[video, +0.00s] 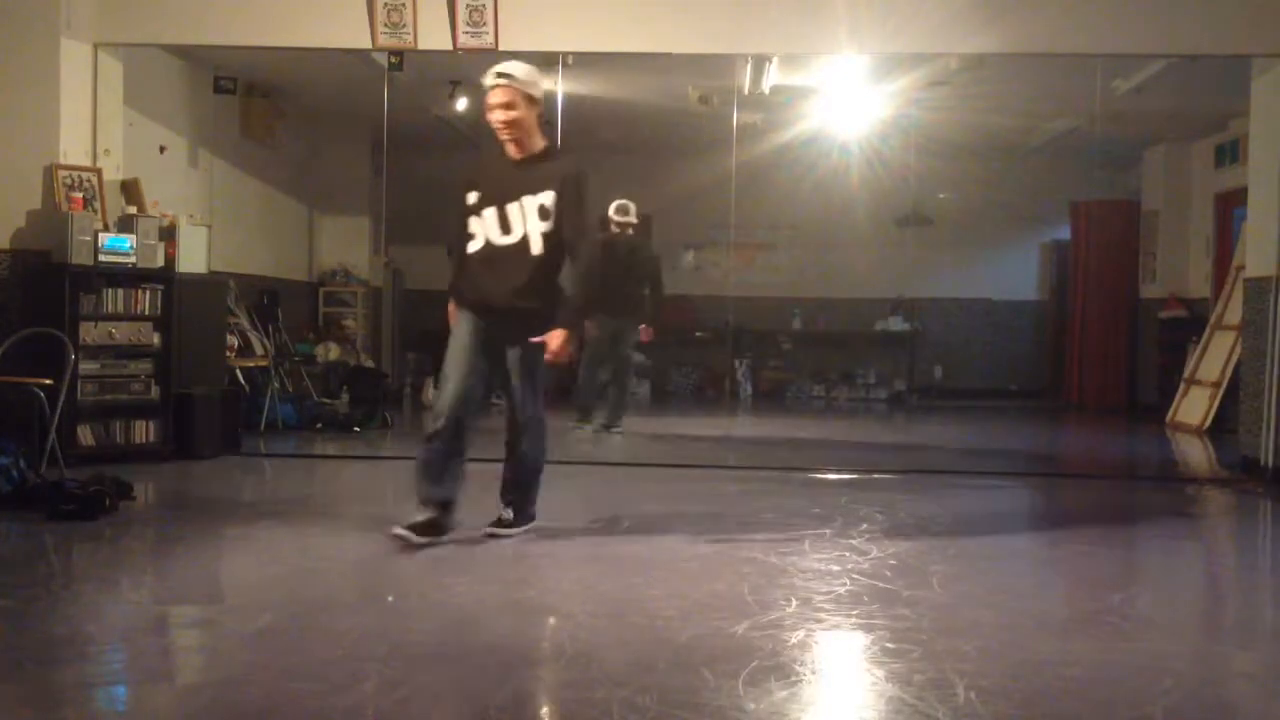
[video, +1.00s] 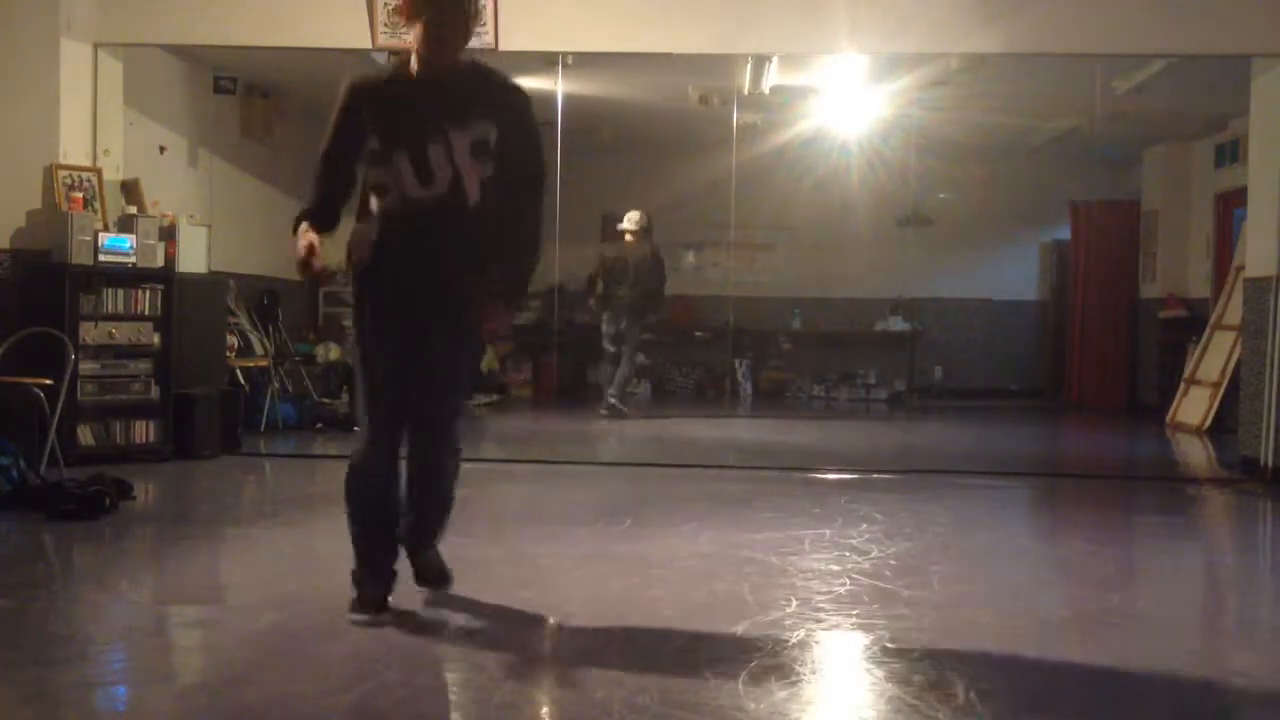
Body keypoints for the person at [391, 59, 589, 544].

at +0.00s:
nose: (501, 117)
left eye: (511, 105)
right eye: (493, 108)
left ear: (536, 107)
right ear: (486, 115)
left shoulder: (563, 172)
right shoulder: (480, 171)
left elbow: (579, 253)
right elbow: (465, 242)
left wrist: (567, 322)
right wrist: (456, 295)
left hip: (531, 313)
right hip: (475, 307)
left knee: (525, 413)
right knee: (449, 404)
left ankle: (517, 508)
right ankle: (435, 509)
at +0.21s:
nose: (451, 129)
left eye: (460, 117)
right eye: (444, 119)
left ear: (488, 111)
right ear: (439, 117)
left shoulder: (524, 173)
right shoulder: (437, 170)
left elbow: (535, 259)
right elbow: (424, 249)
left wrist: (530, 337)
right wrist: (405, 311)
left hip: (494, 319)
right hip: (437, 315)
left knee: (490, 425)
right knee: (417, 428)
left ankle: (506, 491)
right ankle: (430, 531)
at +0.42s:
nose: (448, 87)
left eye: (459, 76)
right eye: (440, 76)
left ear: (480, 77)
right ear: (427, 78)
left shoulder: (510, 146)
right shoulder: (404, 138)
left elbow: (518, 232)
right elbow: (379, 213)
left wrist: (488, 297)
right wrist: (361, 275)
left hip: (468, 297)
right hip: (404, 294)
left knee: (440, 411)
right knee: (407, 416)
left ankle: (454, 520)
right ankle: (424, 527)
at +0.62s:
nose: (474, 75)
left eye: (485, 66)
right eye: (466, 61)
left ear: (494, 72)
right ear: (435, 55)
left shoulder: (502, 142)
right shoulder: (384, 121)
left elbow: (524, 227)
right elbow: (347, 196)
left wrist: (492, 286)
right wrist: (333, 264)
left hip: (457, 303)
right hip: (390, 298)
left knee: (431, 420)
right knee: (389, 426)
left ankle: (408, 555)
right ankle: (401, 524)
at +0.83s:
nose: (465, 42)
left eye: (476, 30)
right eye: (454, 26)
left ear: (488, 37)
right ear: (424, 28)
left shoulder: (502, 113)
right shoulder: (377, 96)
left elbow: (521, 203)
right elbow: (335, 167)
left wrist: (500, 274)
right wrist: (315, 240)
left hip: (460, 290)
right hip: (388, 286)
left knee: (441, 422)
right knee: (383, 415)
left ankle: (412, 551)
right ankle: (376, 524)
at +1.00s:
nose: (438, 34)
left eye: (450, 21)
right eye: (428, 20)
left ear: (471, 24)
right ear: (409, 20)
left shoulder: (504, 100)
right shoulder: (369, 96)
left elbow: (526, 201)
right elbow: (334, 181)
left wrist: (509, 287)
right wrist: (311, 226)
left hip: (463, 286)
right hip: (385, 284)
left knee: (439, 427)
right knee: (379, 431)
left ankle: (421, 541)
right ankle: (371, 574)